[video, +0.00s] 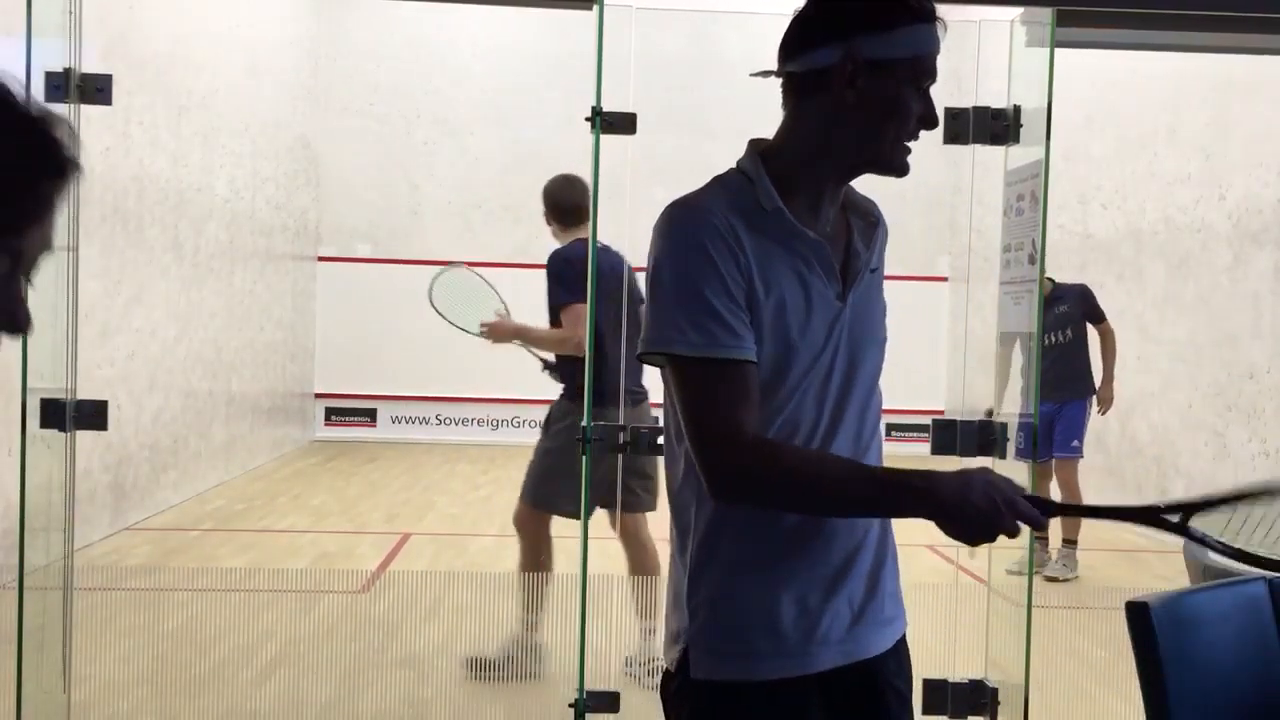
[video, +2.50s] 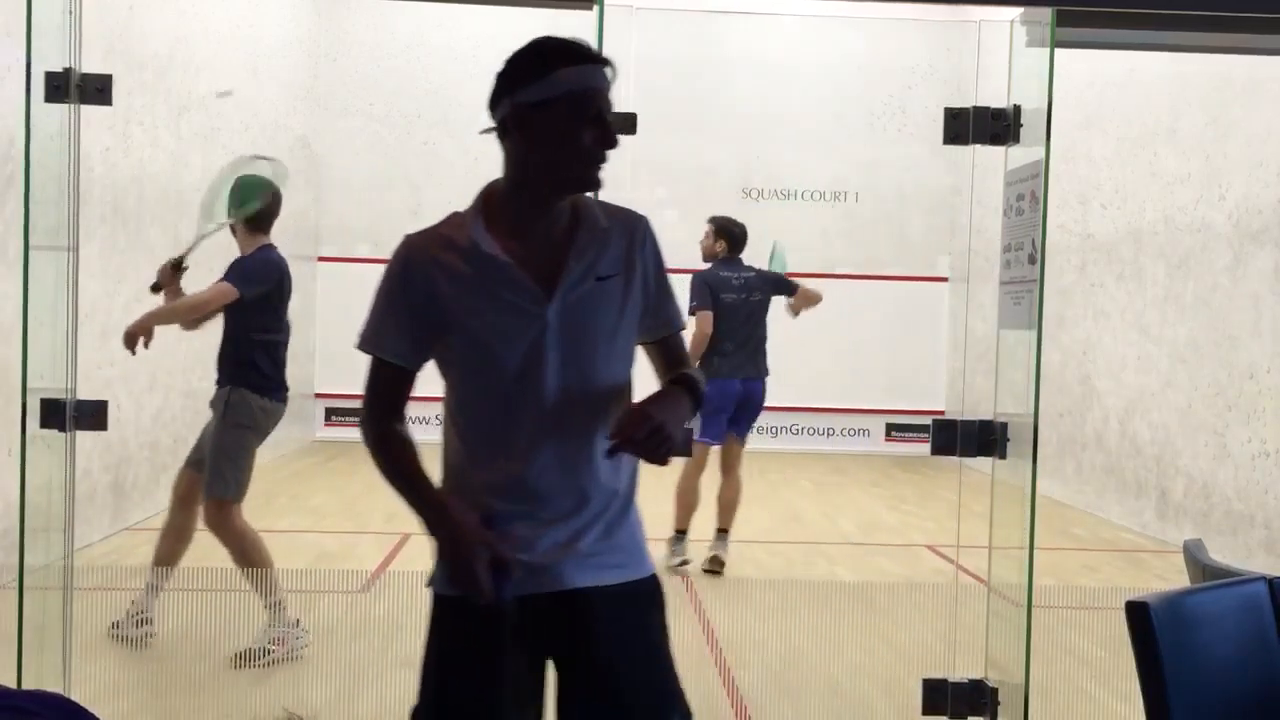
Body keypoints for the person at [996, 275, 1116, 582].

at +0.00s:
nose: (1025, 281)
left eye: (1028, 274)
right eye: (1019, 278)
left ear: (1038, 270)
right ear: (1015, 280)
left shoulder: (1076, 294)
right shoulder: (1018, 305)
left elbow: (1105, 331)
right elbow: (1004, 351)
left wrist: (1107, 382)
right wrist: (996, 400)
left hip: (1072, 399)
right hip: (1035, 400)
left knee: (1065, 472)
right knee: (1038, 475)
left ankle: (1067, 557)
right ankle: (1038, 550)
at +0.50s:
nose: (1033, 273)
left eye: (1038, 265)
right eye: (1028, 266)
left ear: (1052, 262)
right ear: (1021, 268)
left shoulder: (1079, 297)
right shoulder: (1020, 302)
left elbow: (1092, 348)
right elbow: (994, 349)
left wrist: (1056, 365)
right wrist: (980, 386)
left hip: (1067, 404)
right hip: (1029, 403)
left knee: (1065, 478)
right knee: (1035, 479)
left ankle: (1067, 555)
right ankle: (1038, 551)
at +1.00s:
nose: (1025, 265)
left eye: (1032, 257)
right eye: (1019, 258)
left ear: (1045, 259)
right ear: (1011, 261)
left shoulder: (1062, 298)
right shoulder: (1014, 298)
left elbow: (1036, 337)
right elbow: (980, 333)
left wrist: (987, 358)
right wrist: (982, 316)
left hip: (1054, 403)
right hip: (1017, 401)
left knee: (1057, 479)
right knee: (1000, 477)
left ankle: (1067, 556)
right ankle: (1026, 542)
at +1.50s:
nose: (891, 299)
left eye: (896, 292)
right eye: (890, 293)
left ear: (918, 288)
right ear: (905, 295)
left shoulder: (960, 309)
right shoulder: (910, 322)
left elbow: (957, 356)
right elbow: (906, 334)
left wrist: (908, 384)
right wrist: (935, 297)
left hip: (980, 413)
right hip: (945, 413)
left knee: (1011, 487)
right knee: (899, 474)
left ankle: (1056, 549)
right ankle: (879, 544)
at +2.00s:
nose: (777, 281)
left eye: (779, 275)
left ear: (785, 275)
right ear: (811, 271)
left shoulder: (786, 303)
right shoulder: (833, 295)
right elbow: (876, 283)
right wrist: (904, 260)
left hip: (839, 397)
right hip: (864, 392)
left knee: (800, 463)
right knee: (850, 466)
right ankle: (868, 543)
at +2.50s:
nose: (701, 242)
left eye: (706, 237)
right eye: (704, 236)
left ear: (720, 244)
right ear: (733, 246)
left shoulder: (704, 278)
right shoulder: (762, 277)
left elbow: (704, 329)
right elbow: (812, 295)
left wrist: (687, 365)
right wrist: (795, 305)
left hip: (717, 382)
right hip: (754, 384)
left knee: (695, 465)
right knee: (732, 466)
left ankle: (678, 544)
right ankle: (721, 546)